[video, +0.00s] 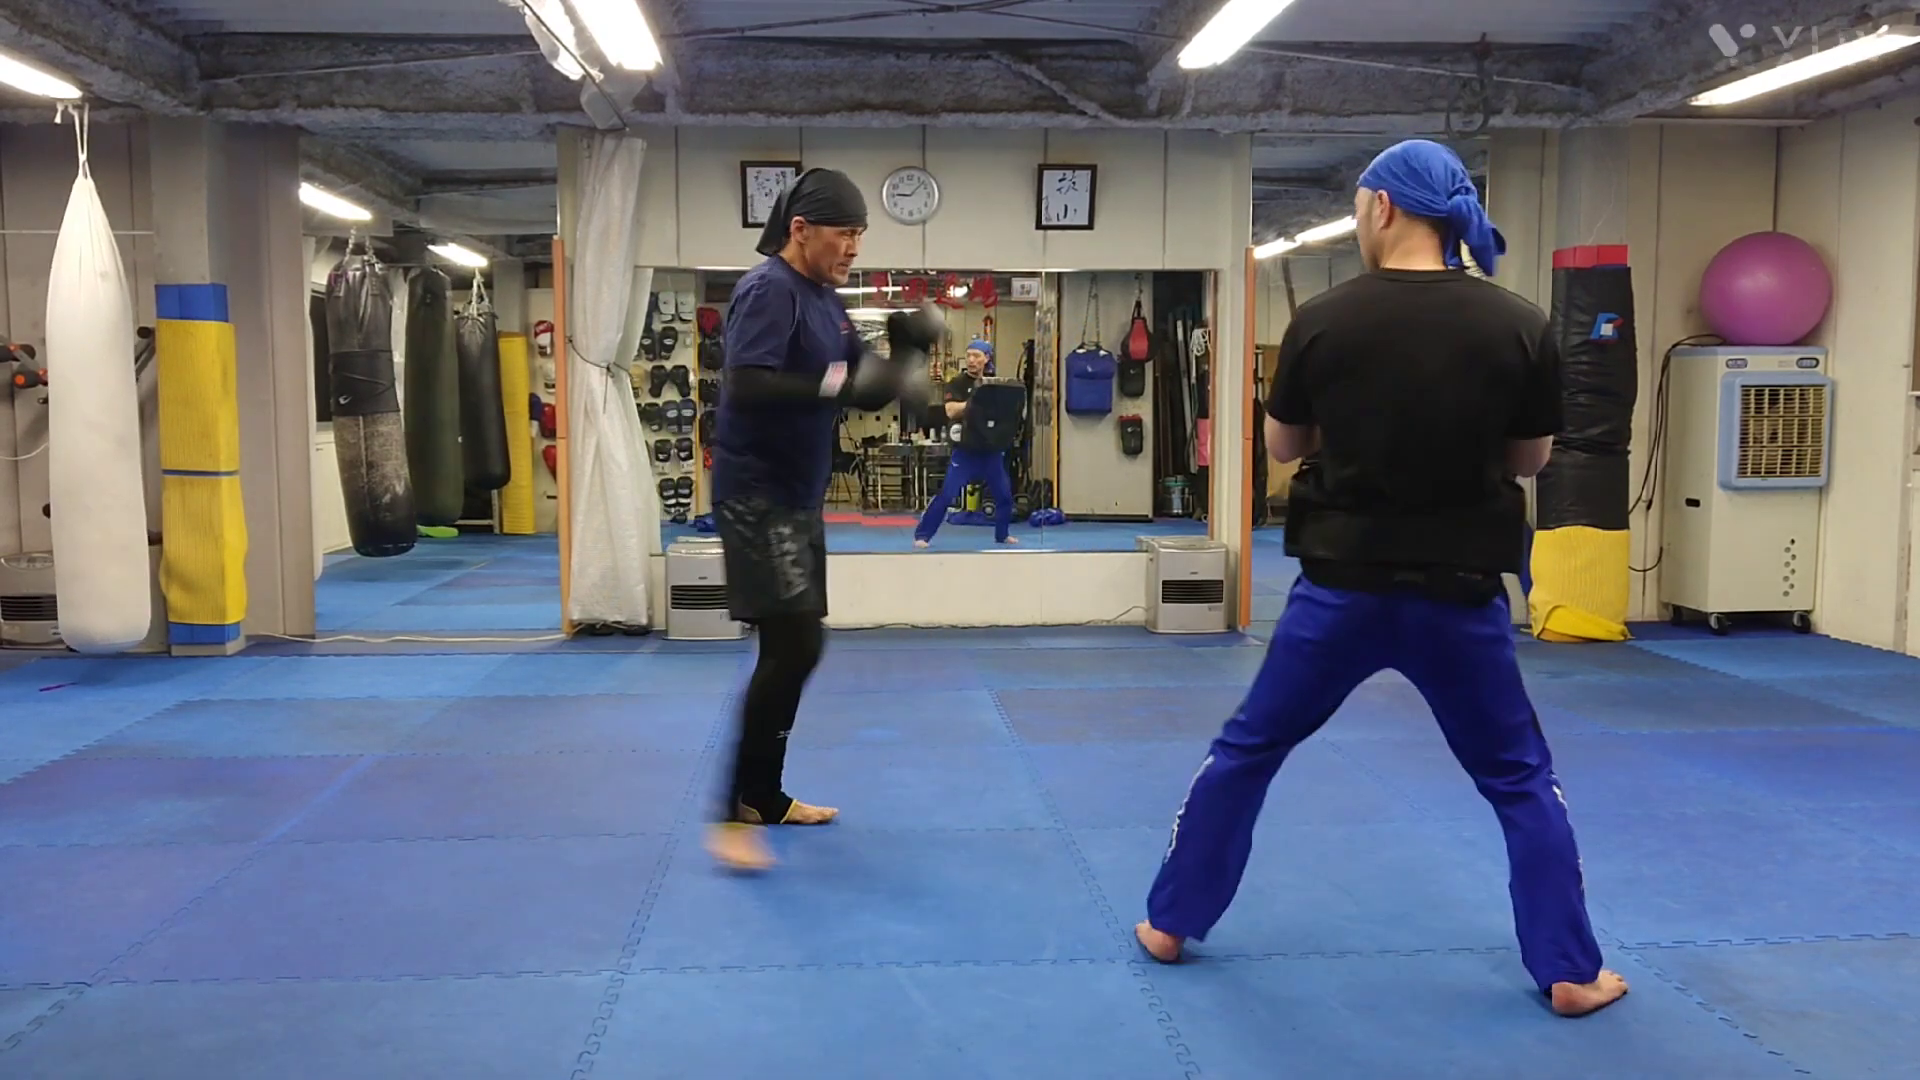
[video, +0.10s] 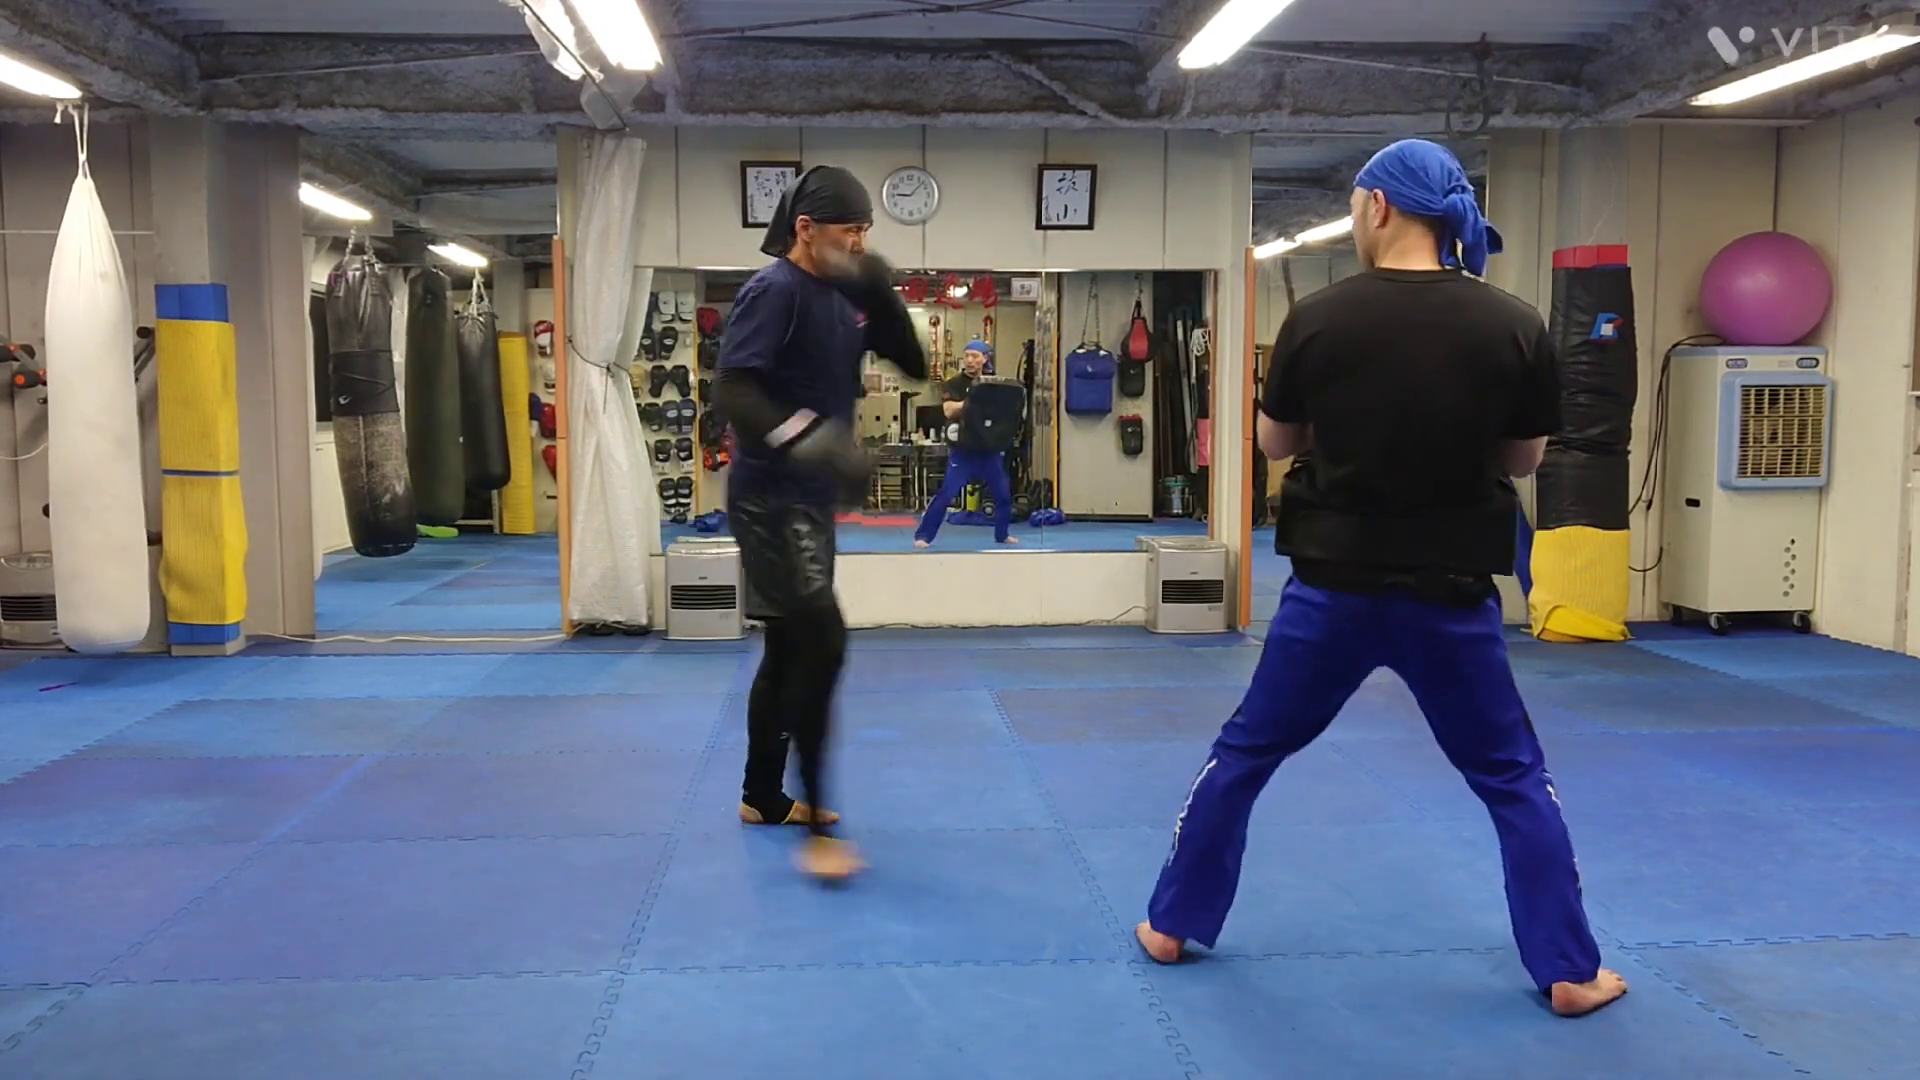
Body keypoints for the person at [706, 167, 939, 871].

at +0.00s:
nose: (855, 247)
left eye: (859, 234)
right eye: (844, 233)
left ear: (836, 236)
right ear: (802, 230)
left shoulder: (826, 302)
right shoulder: (769, 288)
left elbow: (850, 380)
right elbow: (743, 383)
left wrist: (901, 361)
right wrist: (836, 386)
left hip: (796, 501)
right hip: (757, 501)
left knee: (797, 645)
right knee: (790, 645)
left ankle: (763, 799)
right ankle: (736, 815)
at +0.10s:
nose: (854, 241)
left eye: (860, 231)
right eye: (841, 229)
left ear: (865, 235)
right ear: (804, 227)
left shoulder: (846, 296)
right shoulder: (774, 288)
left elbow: (912, 363)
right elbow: (735, 388)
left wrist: (880, 290)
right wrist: (811, 441)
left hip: (808, 499)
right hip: (768, 499)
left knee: (791, 647)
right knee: (821, 640)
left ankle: (762, 795)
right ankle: (815, 818)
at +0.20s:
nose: (863, 230)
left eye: (867, 218)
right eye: (849, 219)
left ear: (869, 225)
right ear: (813, 223)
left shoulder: (870, 288)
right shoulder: (775, 295)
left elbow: (936, 299)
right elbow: (708, 382)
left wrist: (843, 256)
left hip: (850, 504)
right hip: (804, 504)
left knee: (822, 654)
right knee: (861, 666)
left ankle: (768, 788)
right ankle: (914, 850)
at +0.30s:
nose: (845, 230)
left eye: (846, 217)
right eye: (832, 218)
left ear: (840, 222)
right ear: (783, 221)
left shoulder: (859, 273)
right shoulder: (742, 310)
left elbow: (922, 297)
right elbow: (677, 387)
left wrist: (966, 293)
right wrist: (632, 444)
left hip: (910, 490)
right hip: (844, 512)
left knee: (964, 625)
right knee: (890, 684)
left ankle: (864, 713)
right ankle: (919, 859)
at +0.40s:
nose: (826, 230)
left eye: (828, 217)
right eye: (812, 218)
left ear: (823, 223)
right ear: (763, 224)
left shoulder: (855, 281)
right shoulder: (728, 320)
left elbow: (945, 334)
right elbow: (662, 416)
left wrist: (1027, 381)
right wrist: (660, 393)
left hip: (934, 455)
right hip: (861, 515)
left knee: (1034, 478)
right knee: (887, 692)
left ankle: (1089, 525)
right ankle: (920, 856)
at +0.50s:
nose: (816, 231)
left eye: (822, 219)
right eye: (798, 219)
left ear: (832, 224)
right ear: (769, 232)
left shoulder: (855, 281)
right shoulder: (754, 328)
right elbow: (772, 400)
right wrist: (784, 291)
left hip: (953, 422)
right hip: (898, 501)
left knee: (1080, 386)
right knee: (919, 675)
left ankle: (1258, 392)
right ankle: (929, 857)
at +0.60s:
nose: (854, 216)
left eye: (855, 203)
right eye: (840, 203)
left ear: (820, 212)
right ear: (794, 210)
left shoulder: (848, 269)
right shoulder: (763, 316)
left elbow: (876, 251)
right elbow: (798, 405)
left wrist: (865, 253)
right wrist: (829, 299)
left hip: (953, 424)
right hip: (896, 499)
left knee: (1097, 417)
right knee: (919, 678)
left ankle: (1256, 419)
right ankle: (928, 858)